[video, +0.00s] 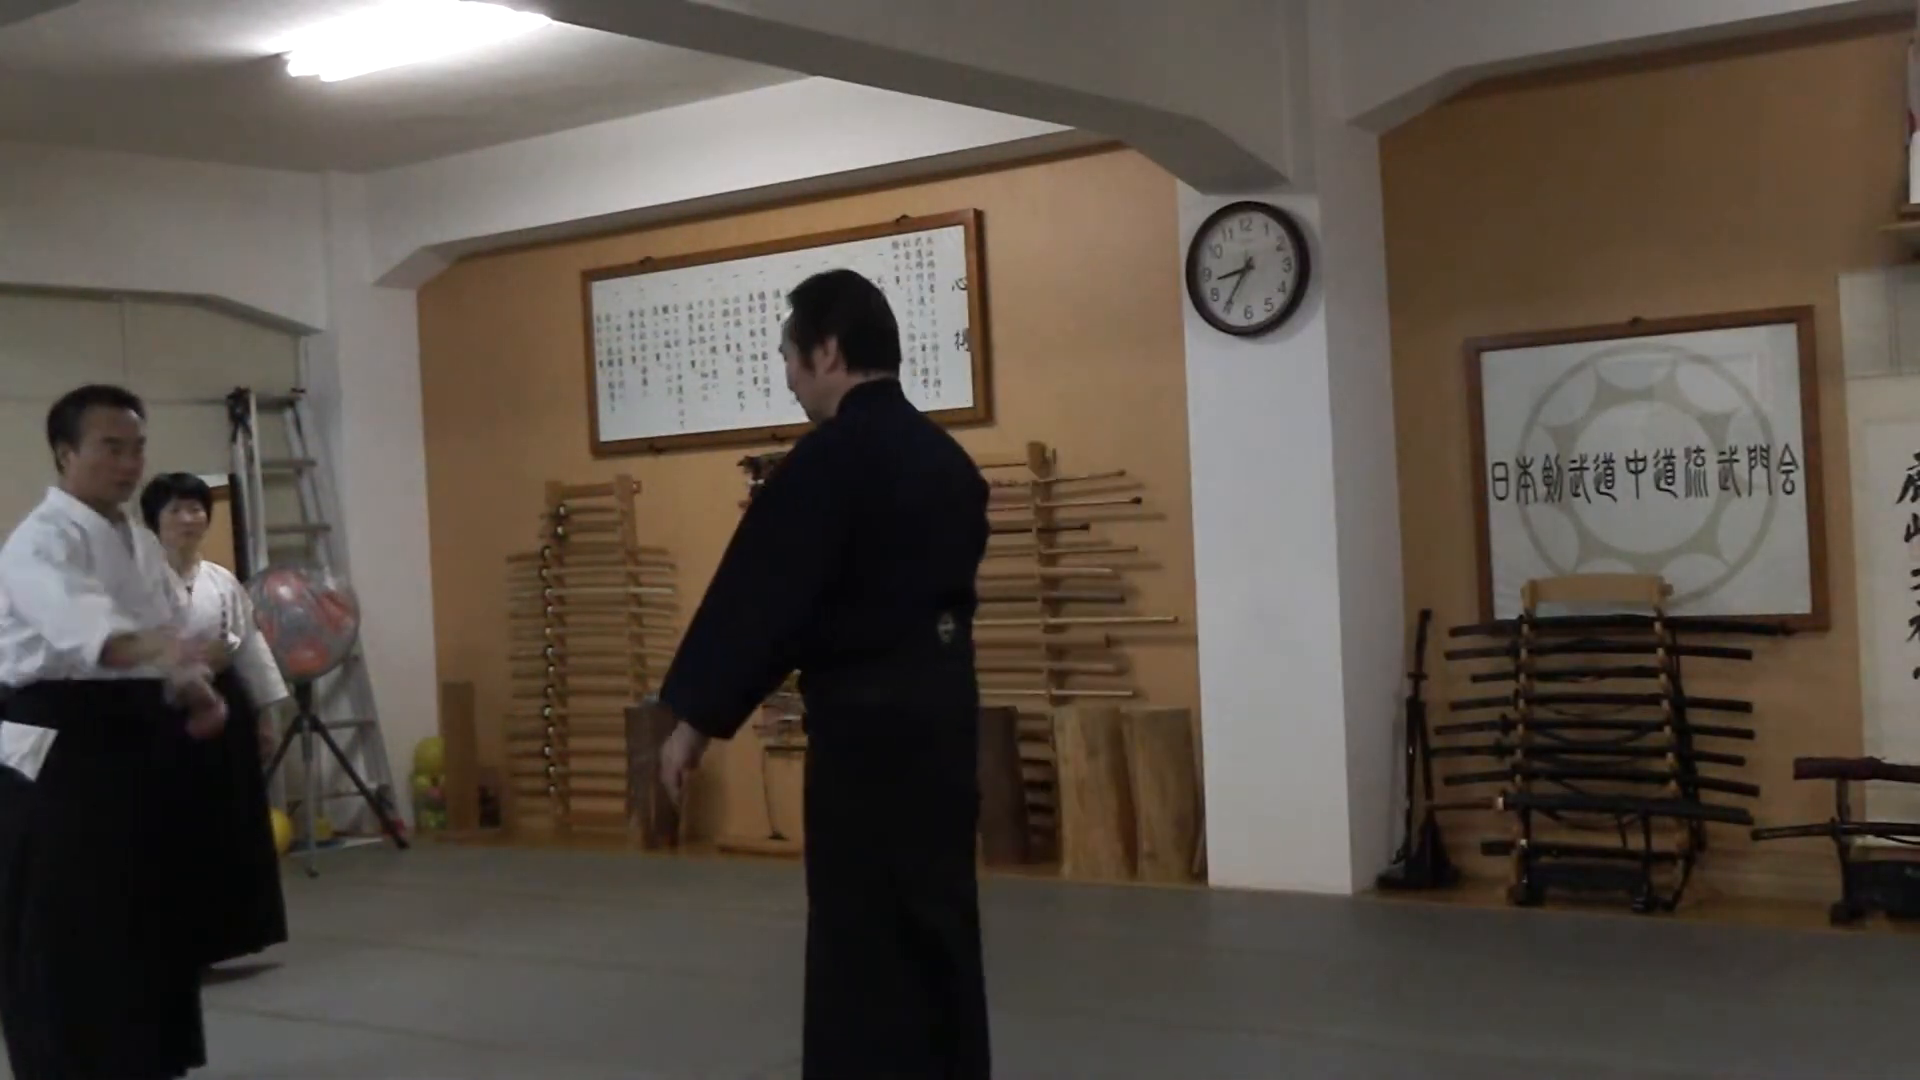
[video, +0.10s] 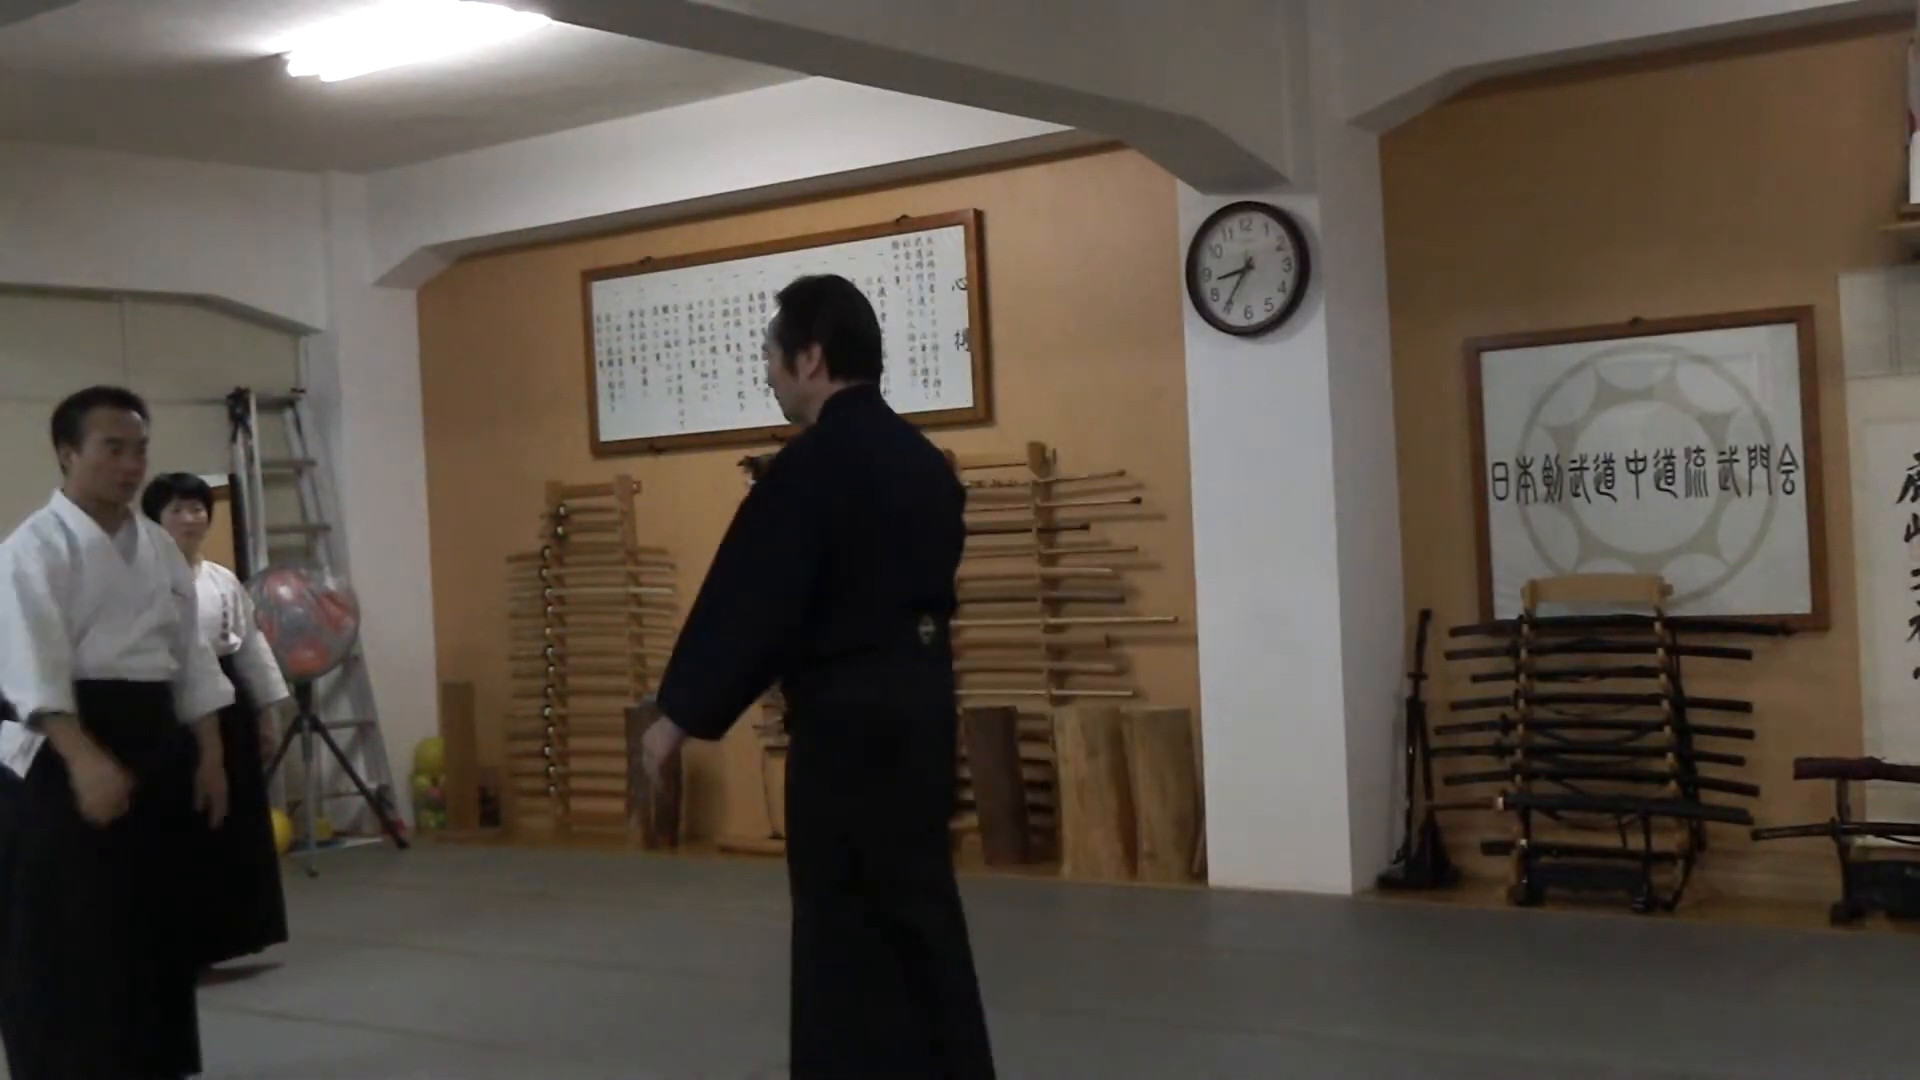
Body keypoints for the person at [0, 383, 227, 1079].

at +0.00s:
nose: (130, 462)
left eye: (138, 447)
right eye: (112, 447)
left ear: (145, 454)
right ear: (64, 454)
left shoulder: (141, 542)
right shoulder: (38, 543)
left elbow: (169, 631)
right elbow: (93, 637)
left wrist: (192, 684)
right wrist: (172, 652)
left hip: (133, 752)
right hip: (54, 762)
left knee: (144, 924)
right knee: (68, 937)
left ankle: (147, 1059)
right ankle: (78, 1066)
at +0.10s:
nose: (131, 462)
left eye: (140, 448)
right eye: (112, 447)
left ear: (148, 456)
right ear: (67, 455)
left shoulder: (162, 548)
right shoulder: (33, 549)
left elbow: (193, 653)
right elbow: (28, 664)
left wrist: (212, 748)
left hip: (158, 735)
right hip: (64, 746)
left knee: (159, 923)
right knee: (76, 928)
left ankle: (158, 1063)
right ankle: (76, 1064)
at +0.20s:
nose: (124, 463)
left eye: (134, 450)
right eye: (107, 448)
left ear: (143, 459)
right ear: (62, 456)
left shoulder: (170, 552)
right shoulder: (24, 550)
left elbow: (204, 654)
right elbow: (4, 671)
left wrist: (215, 749)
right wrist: (4, 777)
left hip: (154, 745)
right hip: (53, 747)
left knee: (156, 930)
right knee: (59, 928)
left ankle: (156, 1067)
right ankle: (57, 1065)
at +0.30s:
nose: (113, 469)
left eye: (122, 454)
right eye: (94, 453)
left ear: (132, 461)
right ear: (49, 461)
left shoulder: (170, 556)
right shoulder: (11, 553)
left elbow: (209, 655)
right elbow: (2, 663)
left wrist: (237, 731)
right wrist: (1, 755)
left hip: (152, 750)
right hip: (43, 754)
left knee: (155, 943)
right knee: (47, 938)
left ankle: (154, 1068)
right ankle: (50, 1066)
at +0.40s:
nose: (99, 481)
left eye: (109, 466)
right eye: (81, 466)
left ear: (119, 471)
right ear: (37, 472)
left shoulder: (159, 563)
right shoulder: (10, 556)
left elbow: (224, 660)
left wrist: (284, 664)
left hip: (129, 757)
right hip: (27, 755)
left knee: (139, 939)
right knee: (33, 941)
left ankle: (146, 1067)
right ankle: (40, 1066)